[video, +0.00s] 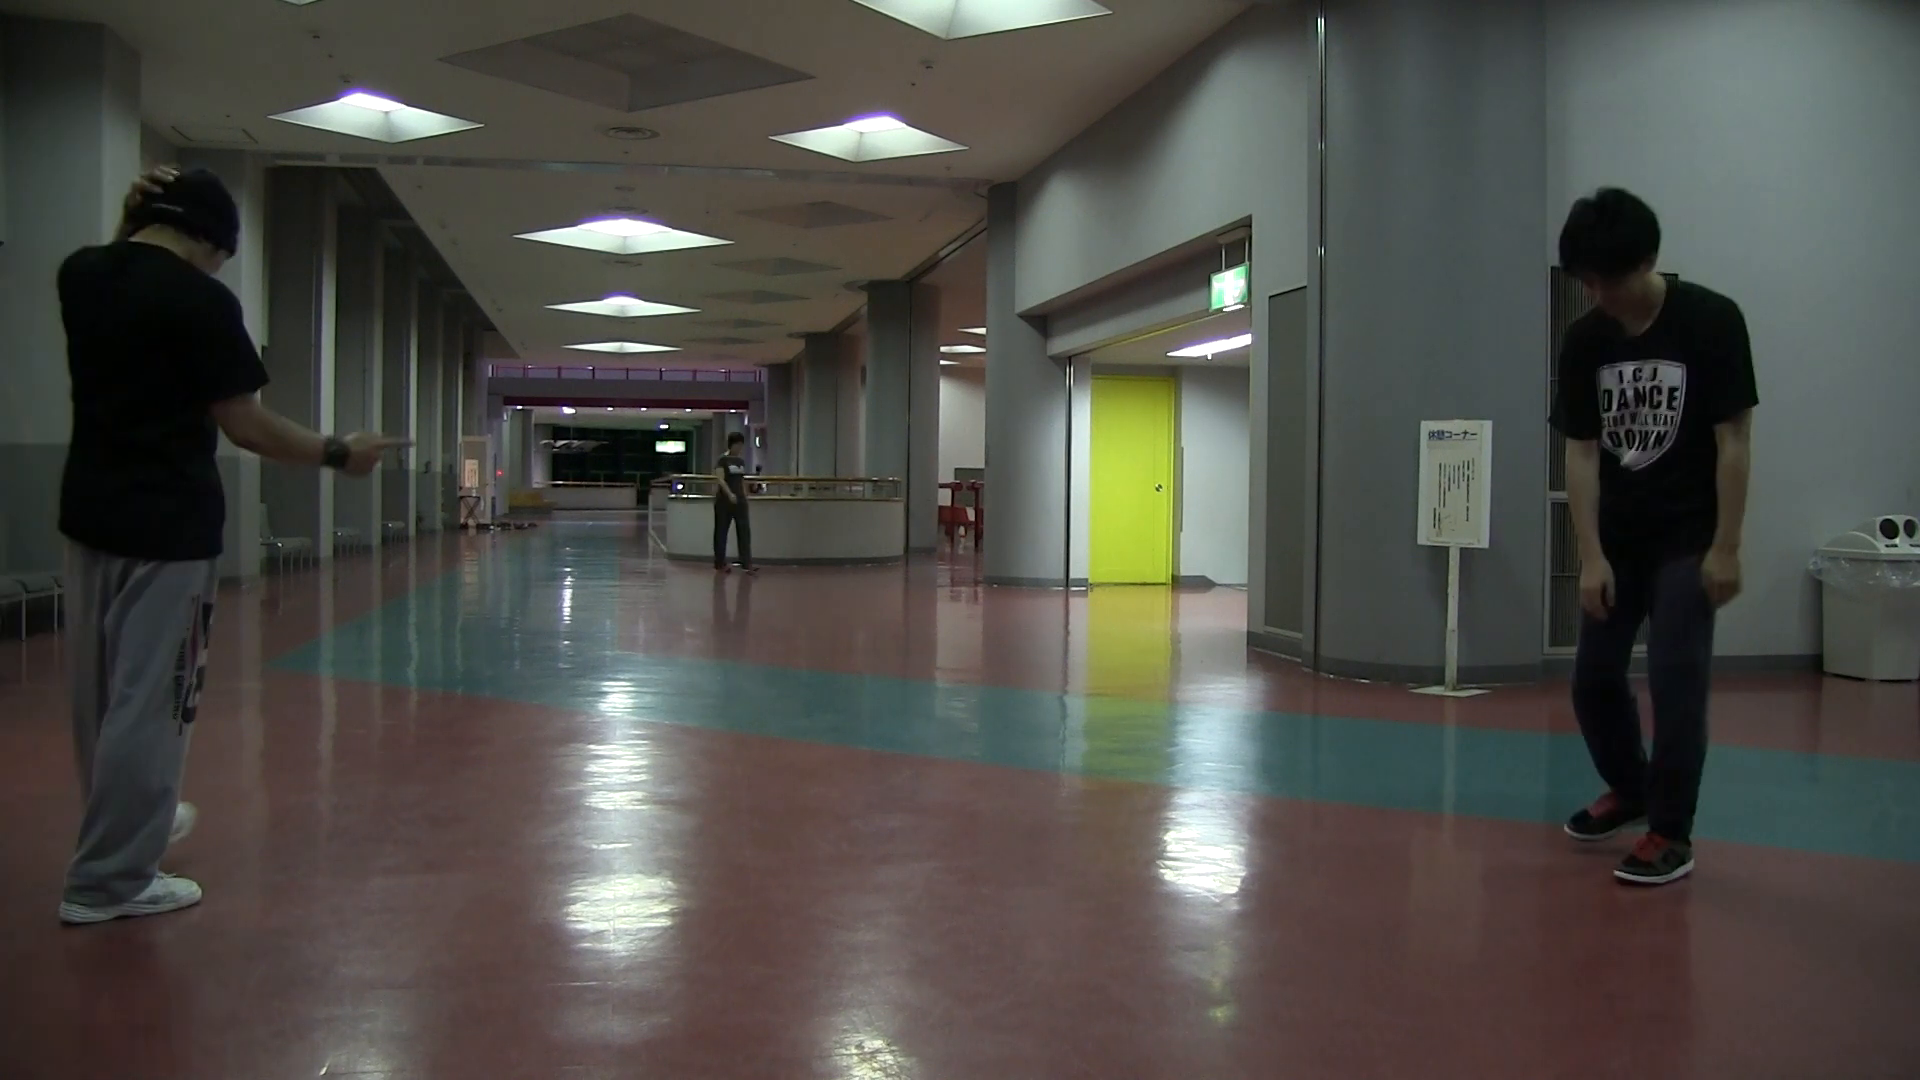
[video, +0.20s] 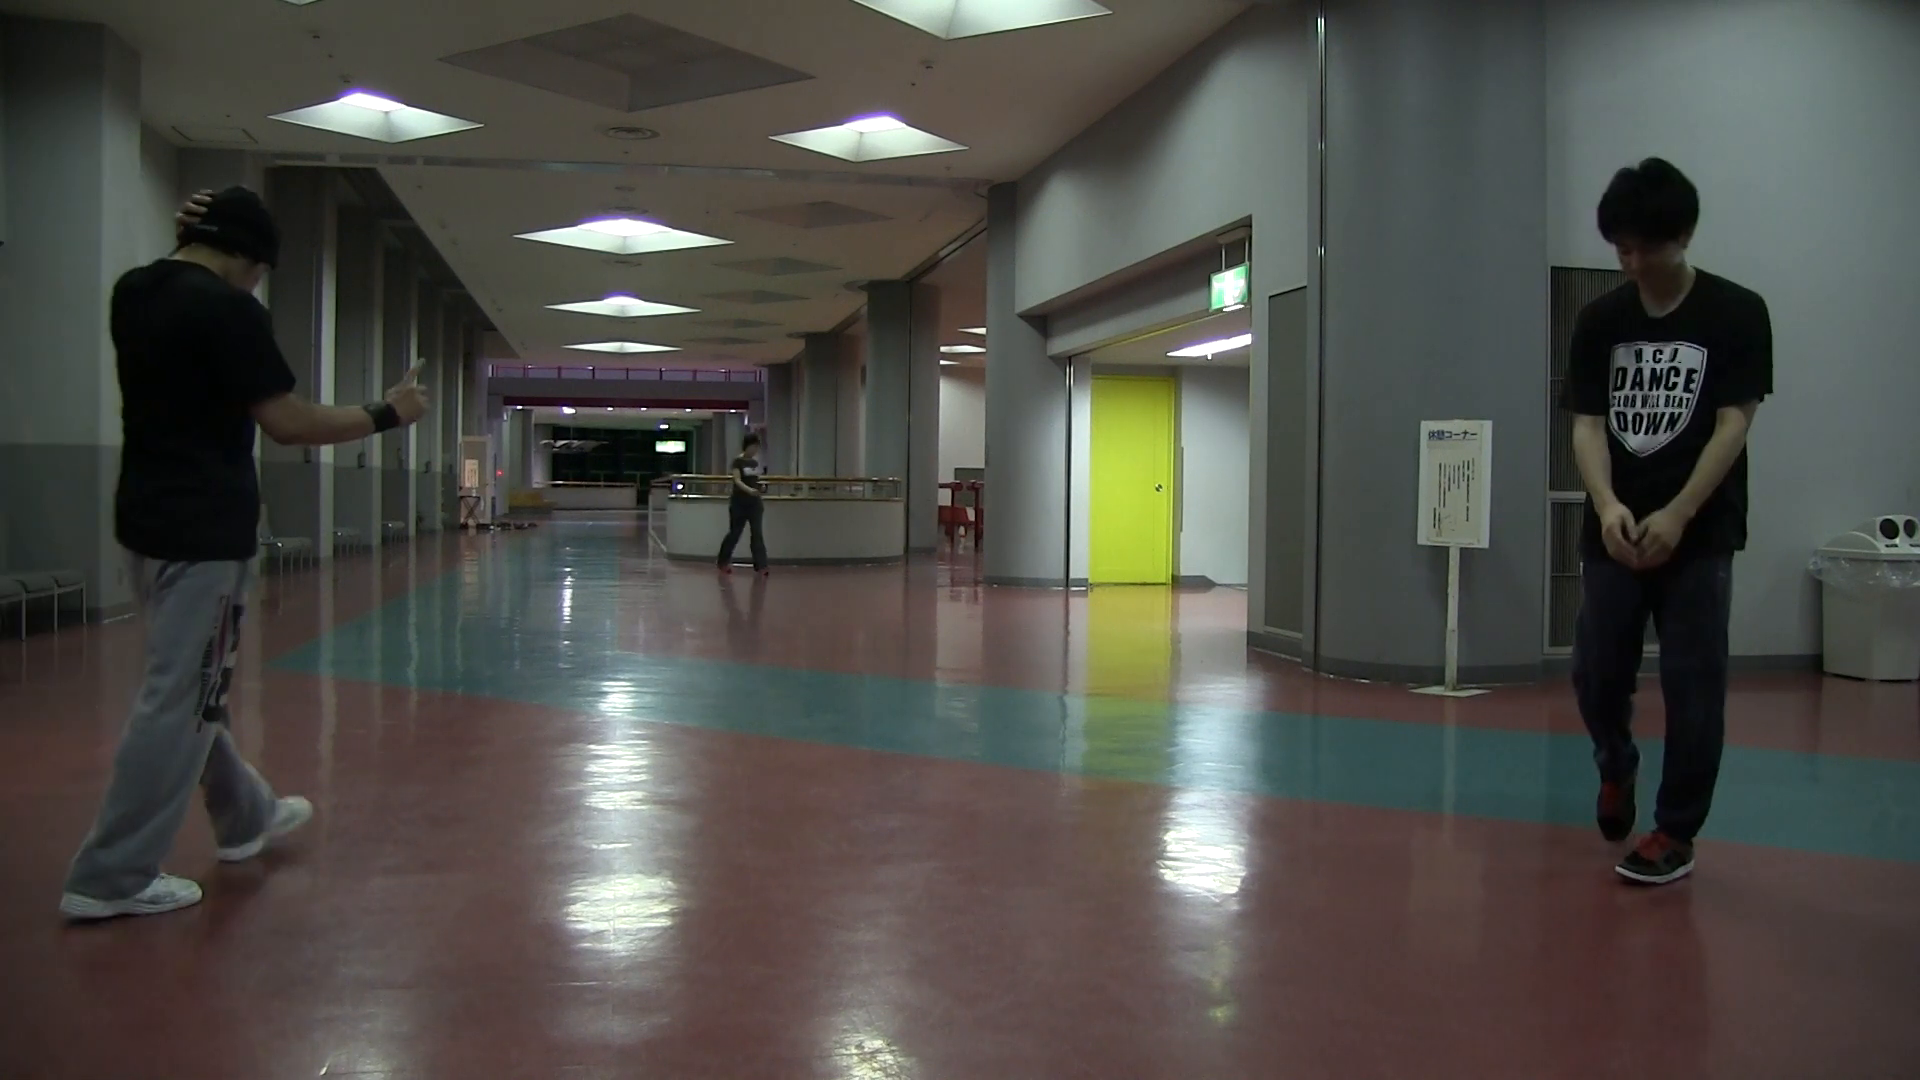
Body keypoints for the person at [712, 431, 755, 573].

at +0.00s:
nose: (740, 449)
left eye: (741, 446)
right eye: (738, 445)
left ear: (741, 446)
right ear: (731, 445)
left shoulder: (740, 462)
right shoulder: (722, 460)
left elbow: (742, 480)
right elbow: (720, 479)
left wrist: (745, 495)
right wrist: (730, 494)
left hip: (739, 498)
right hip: (724, 499)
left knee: (744, 531)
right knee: (721, 532)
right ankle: (720, 562)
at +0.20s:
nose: (755, 450)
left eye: (757, 447)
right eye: (753, 447)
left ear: (757, 448)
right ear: (746, 447)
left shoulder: (755, 463)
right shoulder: (737, 462)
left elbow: (754, 480)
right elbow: (737, 480)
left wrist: (761, 485)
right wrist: (750, 490)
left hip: (754, 501)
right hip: (739, 502)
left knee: (757, 534)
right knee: (735, 533)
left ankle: (761, 565)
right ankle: (722, 561)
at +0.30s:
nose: (762, 448)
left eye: (763, 445)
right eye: (760, 445)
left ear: (763, 446)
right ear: (754, 444)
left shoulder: (761, 462)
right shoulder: (744, 461)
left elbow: (761, 482)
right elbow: (741, 482)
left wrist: (765, 496)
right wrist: (750, 497)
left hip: (762, 499)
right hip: (747, 499)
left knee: (761, 534)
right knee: (748, 534)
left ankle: (760, 564)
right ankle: (731, 556)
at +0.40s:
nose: (767, 447)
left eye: (769, 444)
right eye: (765, 444)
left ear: (769, 445)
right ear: (758, 444)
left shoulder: (768, 462)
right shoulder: (749, 461)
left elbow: (770, 484)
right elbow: (744, 483)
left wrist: (774, 502)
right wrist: (745, 502)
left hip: (767, 502)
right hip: (754, 502)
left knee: (764, 532)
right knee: (758, 531)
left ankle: (762, 563)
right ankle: (747, 556)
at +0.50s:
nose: (773, 447)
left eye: (774, 444)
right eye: (771, 444)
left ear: (774, 445)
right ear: (764, 445)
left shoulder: (776, 462)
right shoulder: (754, 462)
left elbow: (780, 480)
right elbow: (745, 483)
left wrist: (788, 492)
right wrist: (741, 502)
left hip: (772, 500)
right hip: (758, 501)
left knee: (767, 533)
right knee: (764, 532)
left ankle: (761, 565)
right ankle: (762, 566)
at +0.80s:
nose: (793, 448)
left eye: (794, 444)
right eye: (790, 444)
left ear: (795, 446)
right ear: (783, 445)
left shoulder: (795, 462)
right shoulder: (773, 462)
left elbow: (800, 481)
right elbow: (765, 484)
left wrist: (811, 494)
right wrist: (761, 504)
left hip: (791, 502)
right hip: (776, 503)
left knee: (791, 536)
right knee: (782, 534)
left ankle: (774, 556)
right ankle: (784, 567)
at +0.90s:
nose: (799, 445)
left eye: (800, 442)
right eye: (797, 442)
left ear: (800, 443)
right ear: (790, 442)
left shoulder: (801, 460)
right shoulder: (780, 460)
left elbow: (803, 480)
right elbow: (775, 483)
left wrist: (808, 495)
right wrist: (778, 502)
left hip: (800, 503)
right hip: (785, 503)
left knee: (802, 533)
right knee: (784, 535)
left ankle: (791, 562)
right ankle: (784, 567)